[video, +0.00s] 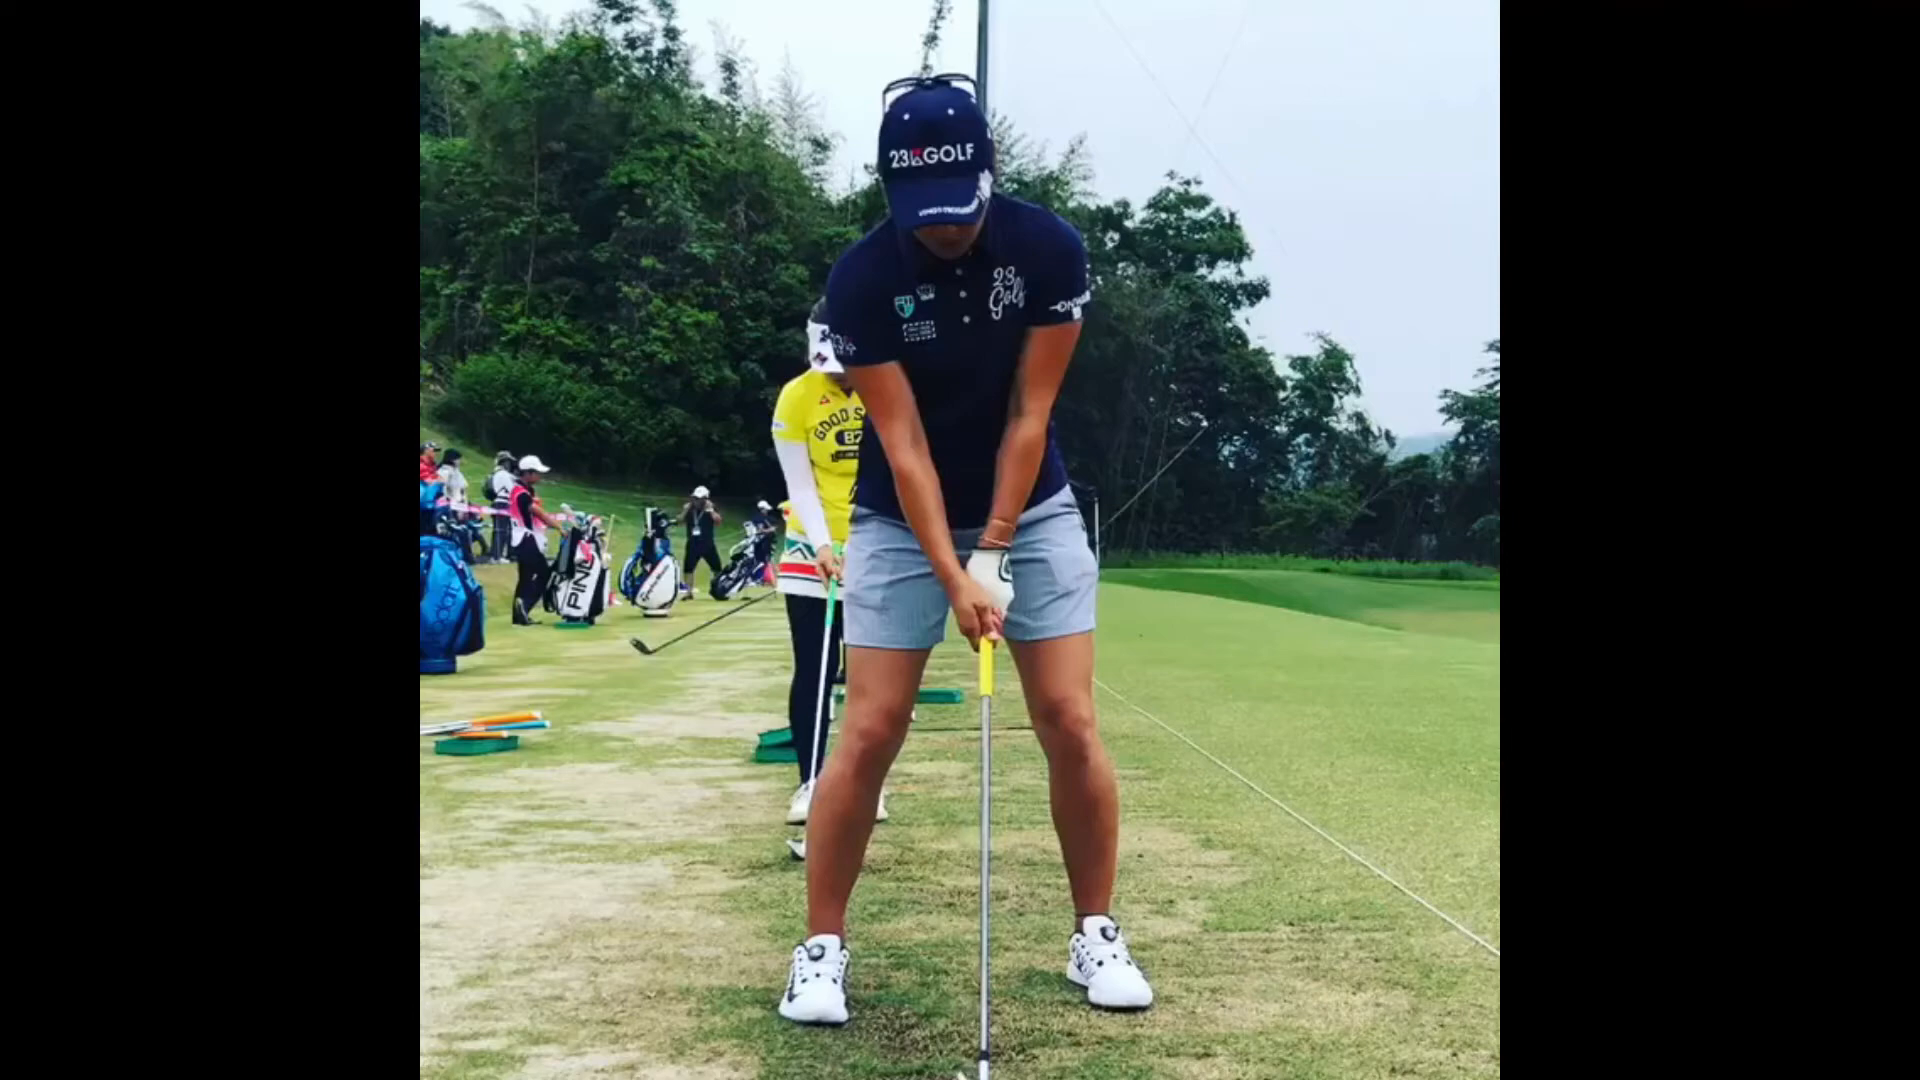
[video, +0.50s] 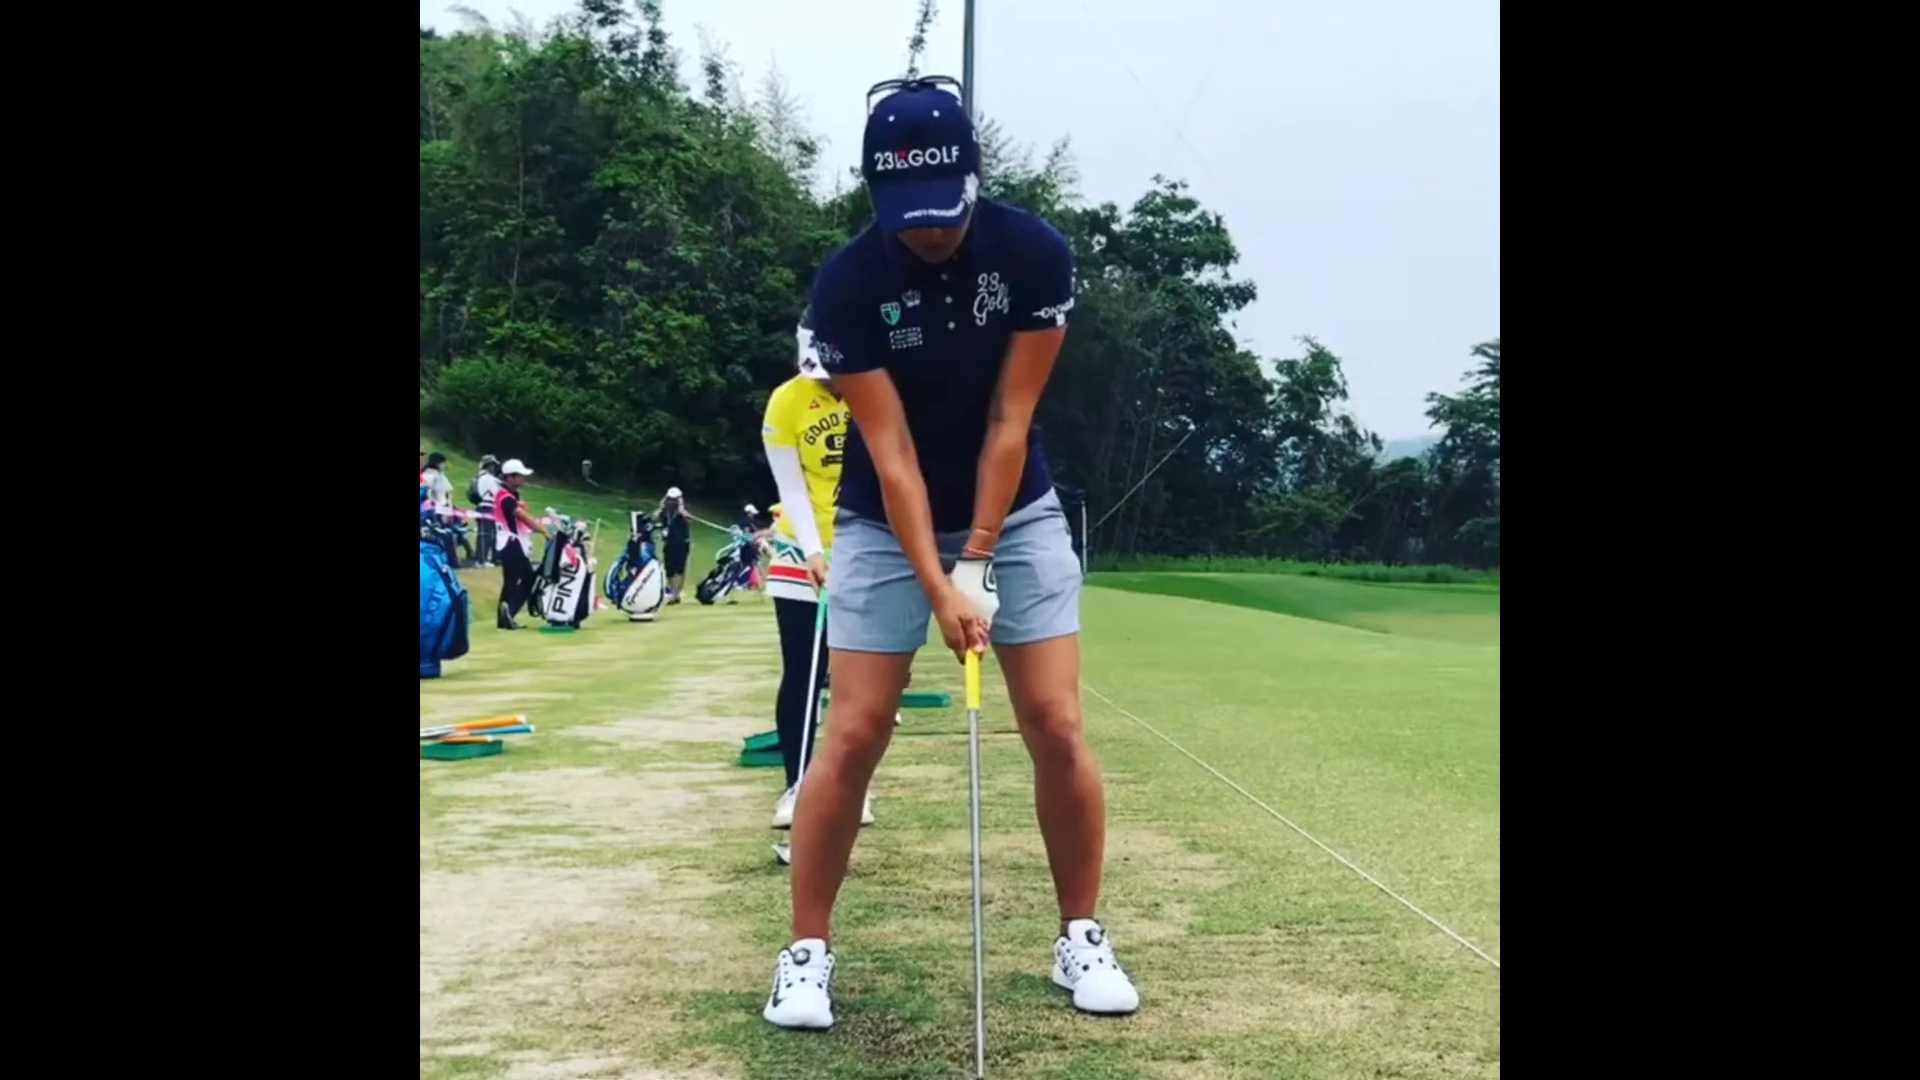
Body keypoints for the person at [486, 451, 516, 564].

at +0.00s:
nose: (511, 466)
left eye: (511, 463)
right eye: (510, 463)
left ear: (499, 463)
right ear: (506, 463)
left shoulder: (494, 475)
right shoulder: (509, 476)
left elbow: (488, 490)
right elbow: (512, 489)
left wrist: (495, 497)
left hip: (496, 501)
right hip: (506, 502)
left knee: (497, 528)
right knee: (505, 528)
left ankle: (495, 553)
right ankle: (502, 553)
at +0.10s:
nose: (511, 466)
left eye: (510, 463)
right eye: (509, 463)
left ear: (499, 463)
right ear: (505, 463)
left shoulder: (494, 475)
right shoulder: (507, 476)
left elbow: (488, 490)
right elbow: (511, 489)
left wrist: (495, 497)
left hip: (496, 502)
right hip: (505, 503)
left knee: (497, 529)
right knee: (504, 529)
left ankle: (495, 553)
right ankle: (499, 554)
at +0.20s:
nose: (508, 467)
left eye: (508, 465)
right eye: (507, 465)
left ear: (496, 465)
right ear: (503, 465)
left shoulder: (492, 476)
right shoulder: (505, 477)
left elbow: (485, 491)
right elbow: (509, 491)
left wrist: (492, 498)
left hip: (493, 503)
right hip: (502, 504)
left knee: (494, 530)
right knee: (501, 530)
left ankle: (492, 555)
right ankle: (497, 555)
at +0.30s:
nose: (505, 468)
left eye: (505, 466)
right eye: (503, 466)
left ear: (493, 466)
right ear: (500, 466)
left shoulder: (488, 477)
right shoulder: (501, 478)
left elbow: (483, 492)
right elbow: (505, 491)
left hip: (490, 504)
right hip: (498, 505)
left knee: (491, 531)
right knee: (498, 532)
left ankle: (489, 556)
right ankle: (493, 556)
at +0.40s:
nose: (501, 469)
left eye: (500, 466)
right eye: (499, 466)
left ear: (488, 466)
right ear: (496, 466)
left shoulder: (484, 478)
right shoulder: (497, 478)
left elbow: (479, 493)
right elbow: (502, 492)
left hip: (486, 505)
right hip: (494, 506)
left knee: (487, 532)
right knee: (494, 532)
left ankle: (485, 556)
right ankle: (489, 557)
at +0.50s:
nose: (496, 469)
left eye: (495, 467)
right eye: (494, 467)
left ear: (484, 467)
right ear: (491, 467)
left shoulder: (479, 478)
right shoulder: (494, 480)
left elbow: (473, 494)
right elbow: (498, 493)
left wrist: (480, 501)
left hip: (481, 506)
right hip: (491, 507)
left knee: (482, 533)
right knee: (490, 533)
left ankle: (480, 557)